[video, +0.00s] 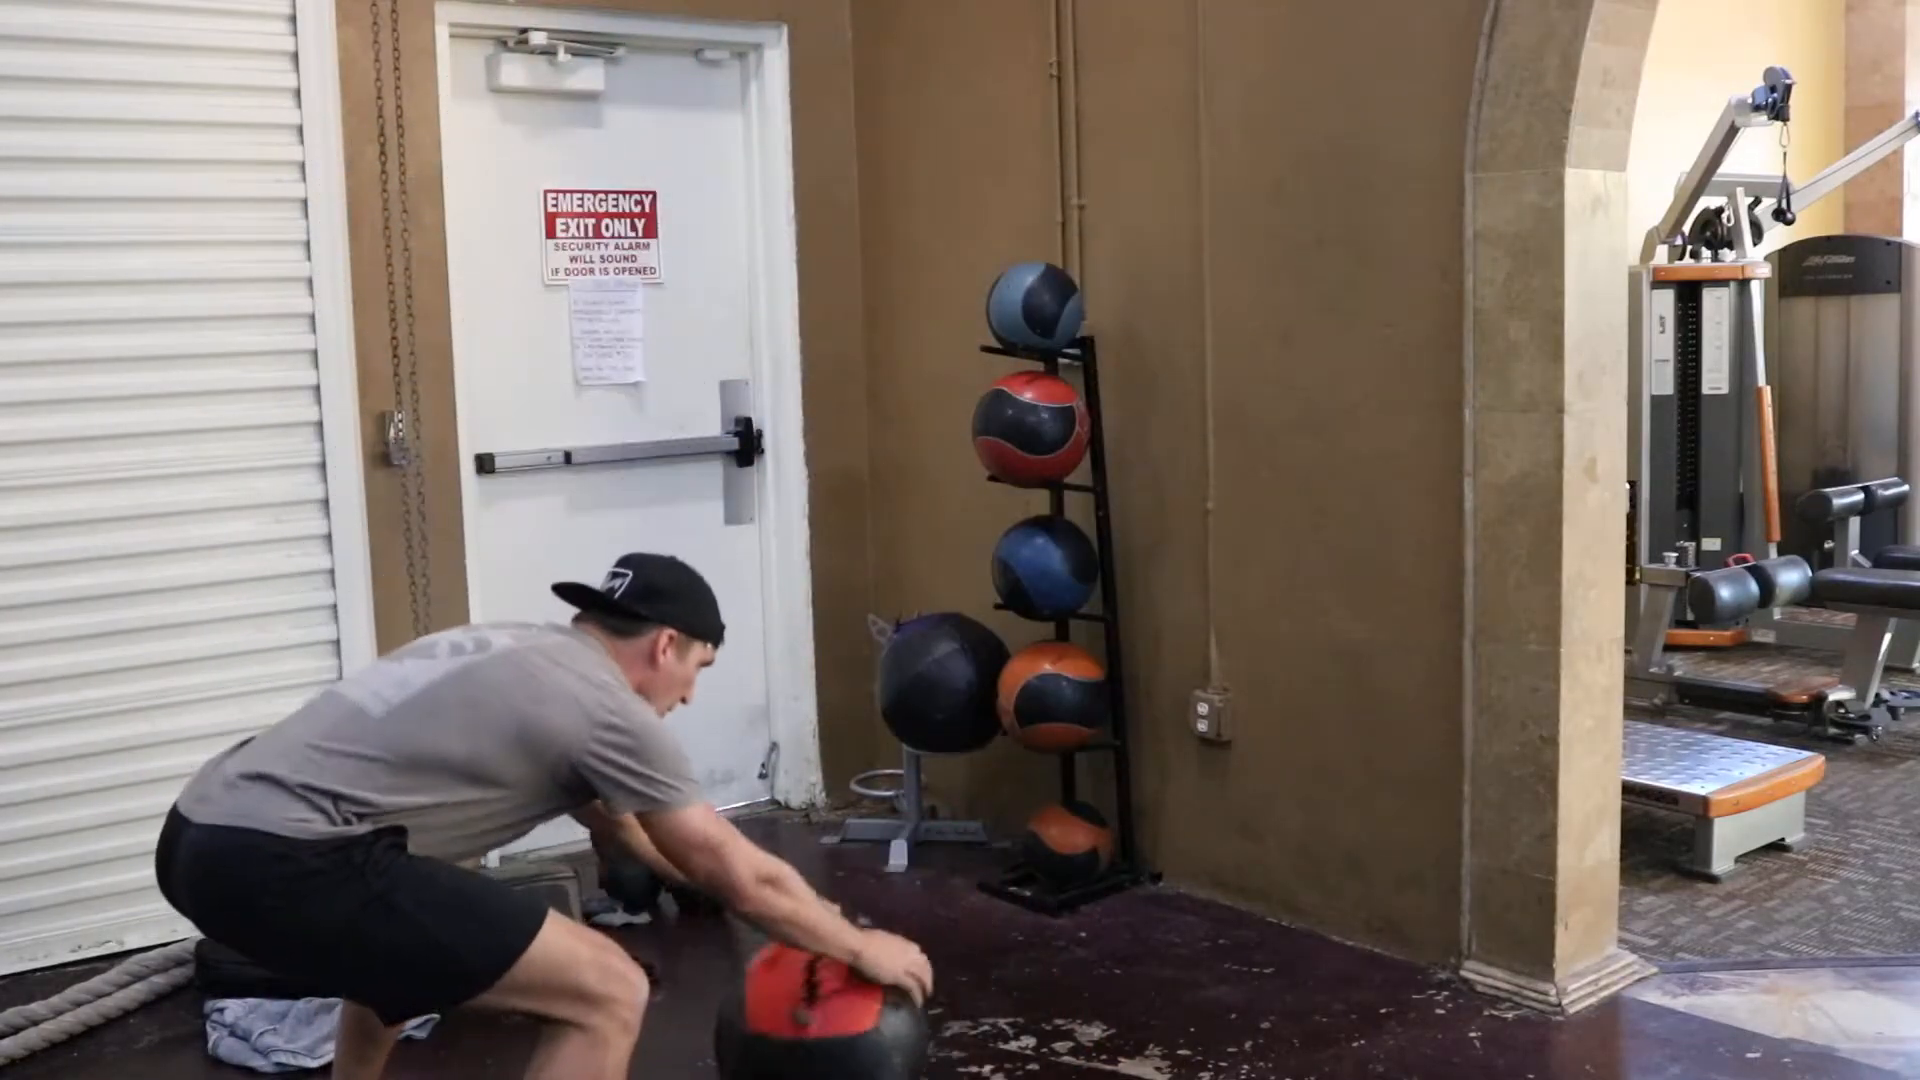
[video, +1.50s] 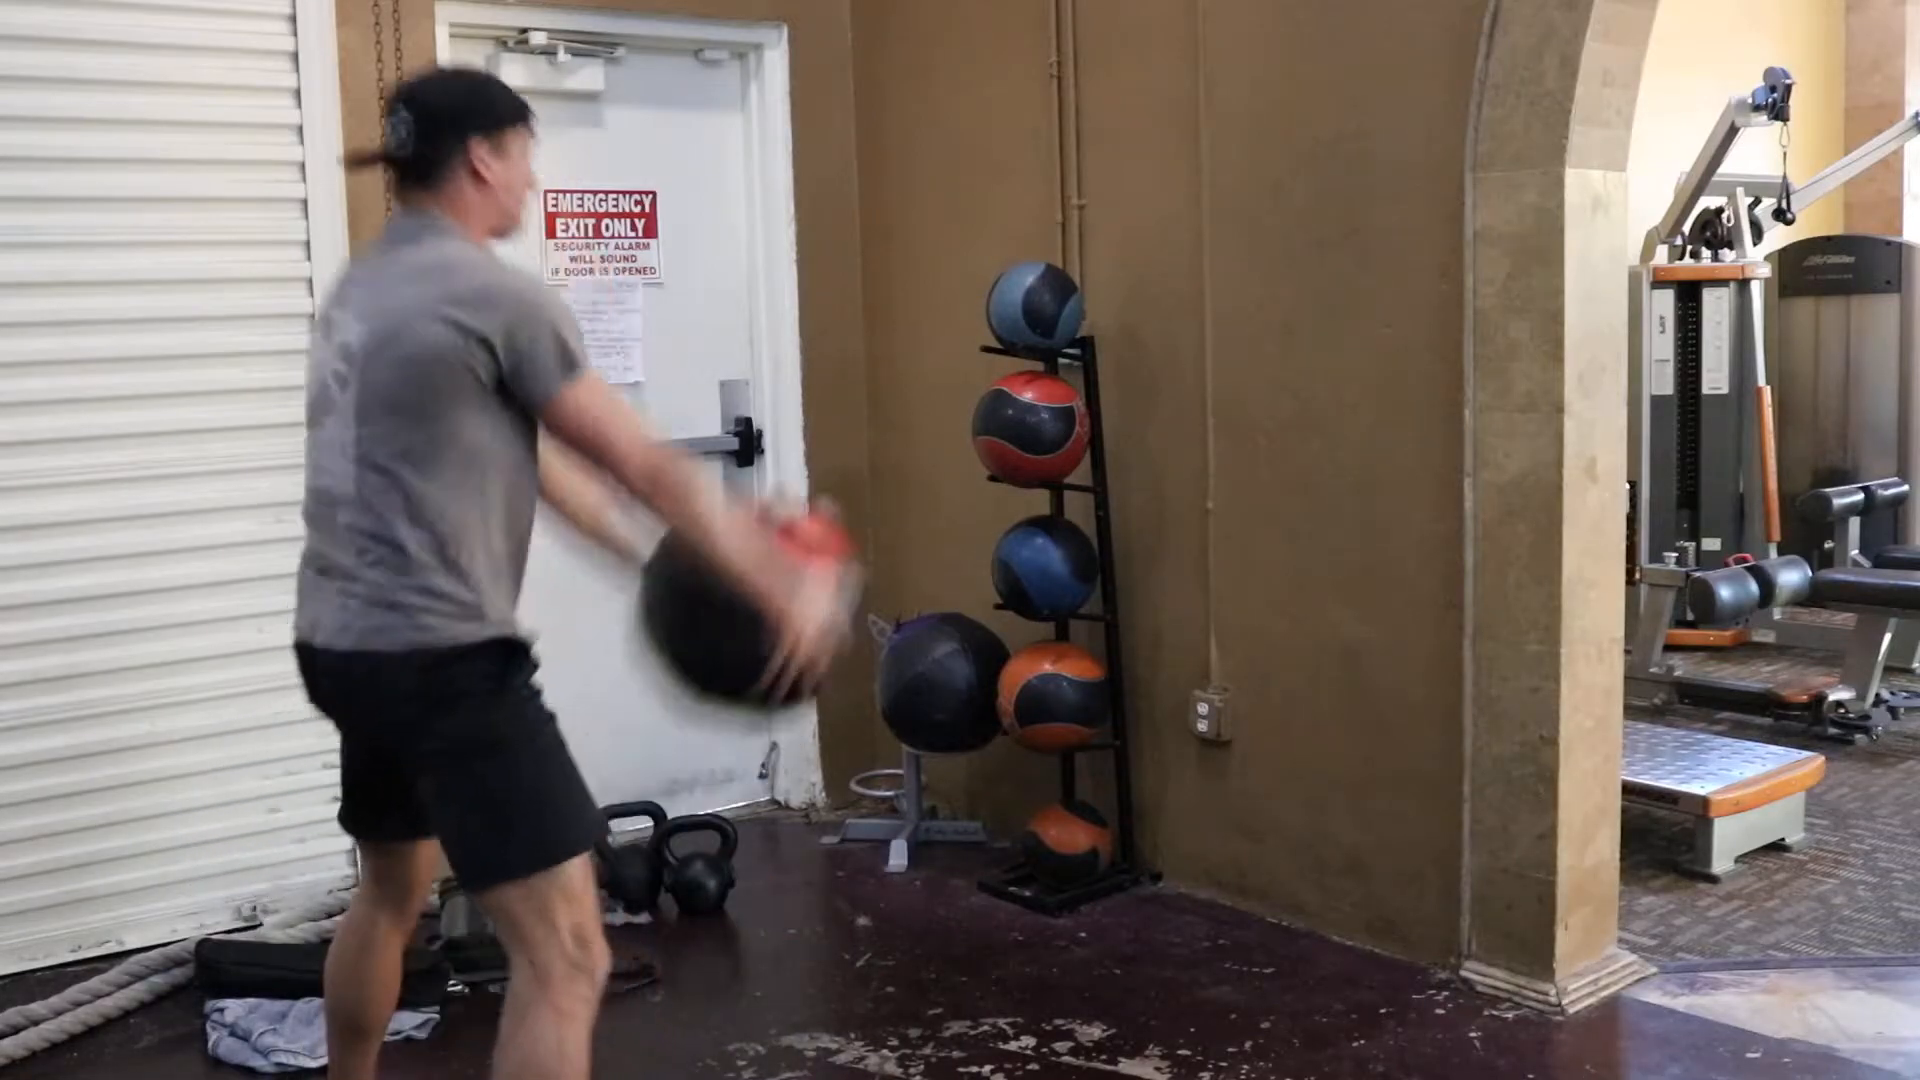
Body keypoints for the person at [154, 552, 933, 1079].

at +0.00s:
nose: (689, 694)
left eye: (698, 675)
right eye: (695, 670)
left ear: (609, 626)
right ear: (659, 647)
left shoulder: (515, 647)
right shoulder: (602, 705)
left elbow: (608, 808)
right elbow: (740, 878)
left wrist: (704, 880)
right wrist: (858, 945)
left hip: (198, 843)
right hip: (287, 864)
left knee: (401, 909)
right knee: (612, 990)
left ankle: (353, 1071)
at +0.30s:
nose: (715, 678)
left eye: (724, 655)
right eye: (721, 651)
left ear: (623, 607)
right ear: (686, 631)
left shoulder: (531, 630)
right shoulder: (632, 698)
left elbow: (462, 849)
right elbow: (556, 923)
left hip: (213, 804)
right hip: (314, 828)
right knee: (612, 991)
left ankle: (348, 1066)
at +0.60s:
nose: (732, 738)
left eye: (740, 716)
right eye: (738, 712)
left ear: (642, 665)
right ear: (704, 694)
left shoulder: (543, 677)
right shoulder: (633, 756)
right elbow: (548, 956)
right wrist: (509, 1060)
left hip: (227, 829)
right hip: (322, 851)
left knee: (392, 933)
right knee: (630, 1001)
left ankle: (350, 1071)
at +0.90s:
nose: (736, 793)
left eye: (746, 772)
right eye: (744, 769)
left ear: (648, 724)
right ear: (710, 755)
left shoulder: (557, 742)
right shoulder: (642, 812)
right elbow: (542, 998)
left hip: (229, 865)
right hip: (324, 888)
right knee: (643, 1007)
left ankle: (341, 1073)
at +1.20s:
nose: (733, 673)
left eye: (739, 654)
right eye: (736, 653)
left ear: (639, 625)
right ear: (702, 651)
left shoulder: (543, 655)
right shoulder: (631, 726)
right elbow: (540, 889)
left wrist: (357, 1003)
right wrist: (470, 1062)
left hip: (236, 818)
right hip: (327, 841)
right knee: (626, 1006)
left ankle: (347, 1055)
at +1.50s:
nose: (532, 179)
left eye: (529, 156)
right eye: (523, 155)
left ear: (434, 162)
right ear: (481, 160)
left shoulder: (363, 284)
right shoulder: (493, 293)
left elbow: (533, 459)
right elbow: (642, 462)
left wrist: (665, 561)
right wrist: (786, 590)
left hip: (342, 645)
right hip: (448, 655)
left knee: (390, 894)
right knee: (564, 956)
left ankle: (346, 1073)